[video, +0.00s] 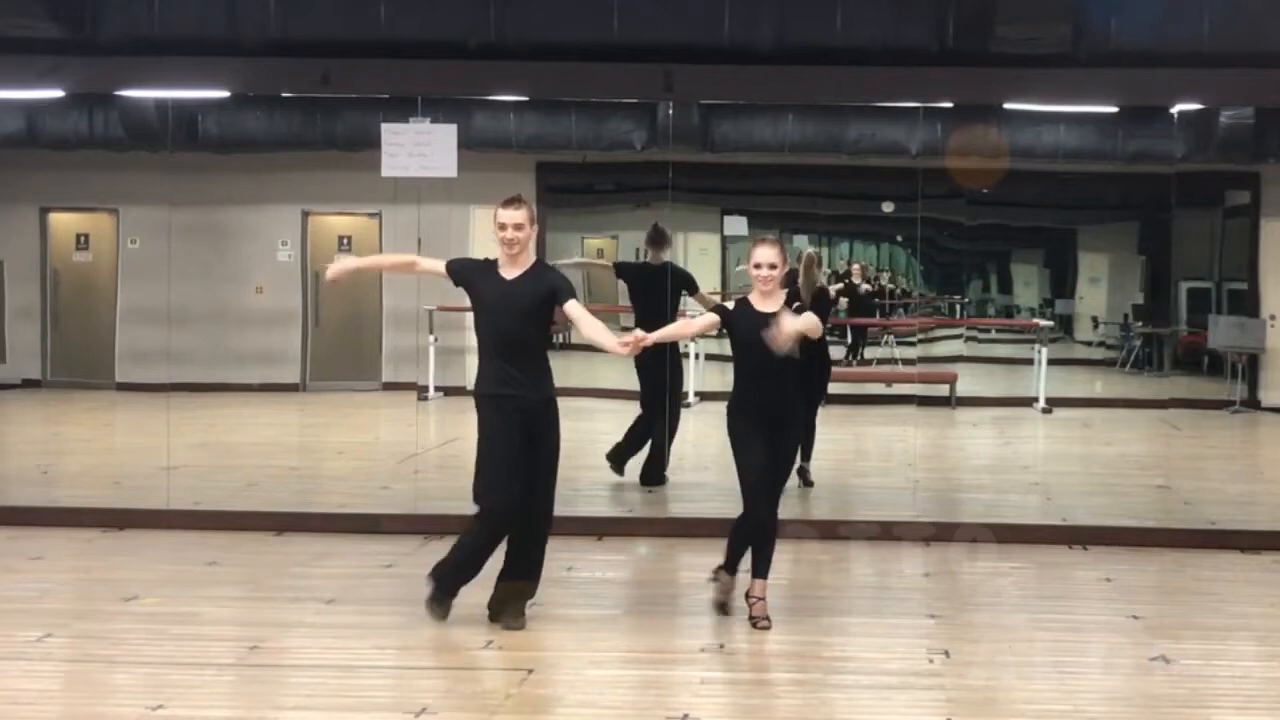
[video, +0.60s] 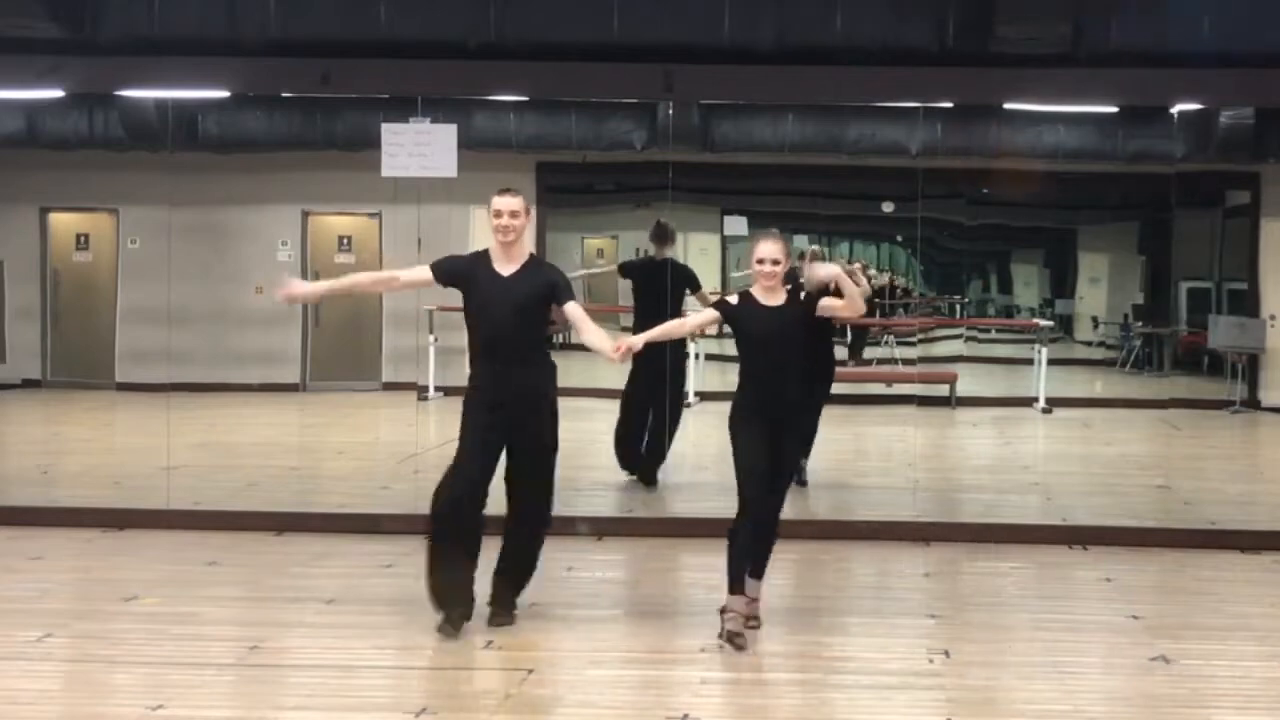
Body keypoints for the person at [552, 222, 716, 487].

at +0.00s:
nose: (661, 250)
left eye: (654, 246)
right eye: (664, 245)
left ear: (646, 246)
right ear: (669, 246)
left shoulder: (633, 270)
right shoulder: (678, 274)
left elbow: (595, 264)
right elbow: (706, 302)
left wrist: (565, 264)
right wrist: (725, 308)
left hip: (642, 350)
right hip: (668, 350)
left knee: (650, 409)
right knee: (668, 412)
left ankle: (620, 455)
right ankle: (653, 474)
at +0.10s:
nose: (660, 250)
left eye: (655, 246)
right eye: (664, 246)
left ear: (646, 246)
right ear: (669, 246)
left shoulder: (633, 274)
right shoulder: (679, 276)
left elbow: (602, 270)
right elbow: (705, 304)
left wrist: (579, 265)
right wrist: (722, 309)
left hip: (643, 353)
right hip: (672, 353)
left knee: (646, 412)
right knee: (668, 414)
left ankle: (629, 460)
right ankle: (653, 475)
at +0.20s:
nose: (656, 252)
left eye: (650, 247)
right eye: (661, 246)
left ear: (646, 248)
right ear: (668, 248)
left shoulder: (635, 278)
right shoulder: (680, 278)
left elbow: (604, 288)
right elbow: (703, 307)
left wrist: (594, 267)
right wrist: (717, 302)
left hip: (642, 357)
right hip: (670, 356)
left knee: (646, 417)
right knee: (665, 415)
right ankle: (658, 476)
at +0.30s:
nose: (658, 252)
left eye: (653, 247)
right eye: (664, 248)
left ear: (646, 249)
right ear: (669, 249)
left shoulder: (634, 280)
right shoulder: (679, 279)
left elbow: (622, 284)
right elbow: (703, 314)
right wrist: (696, 325)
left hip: (643, 350)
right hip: (669, 351)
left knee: (652, 407)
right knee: (638, 401)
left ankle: (662, 469)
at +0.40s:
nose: (659, 253)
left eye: (653, 247)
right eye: (665, 248)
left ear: (647, 249)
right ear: (670, 249)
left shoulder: (634, 280)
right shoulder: (681, 279)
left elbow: (620, 308)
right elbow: (707, 313)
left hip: (644, 351)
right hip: (668, 351)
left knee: (658, 407)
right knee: (633, 407)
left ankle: (660, 472)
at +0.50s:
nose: (657, 250)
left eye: (652, 245)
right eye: (663, 246)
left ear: (649, 246)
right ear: (670, 247)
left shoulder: (637, 272)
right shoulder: (681, 276)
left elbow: (600, 286)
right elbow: (706, 306)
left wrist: (595, 285)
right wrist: (720, 314)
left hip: (643, 348)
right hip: (671, 349)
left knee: (632, 407)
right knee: (653, 407)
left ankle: (654, 464)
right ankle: (656, 464)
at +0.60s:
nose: (666, 244)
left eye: (660, 240)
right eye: (669, 240)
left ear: (651, 241)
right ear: (673, 241)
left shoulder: (638, 267)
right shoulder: (682, 271)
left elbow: (606, 271)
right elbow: (706, 302)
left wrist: (581, 275)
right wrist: (718, 302)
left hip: (643, 347)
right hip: (673, 349)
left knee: (637, 402)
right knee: (668, 406)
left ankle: (632, 458)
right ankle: (650, 467)